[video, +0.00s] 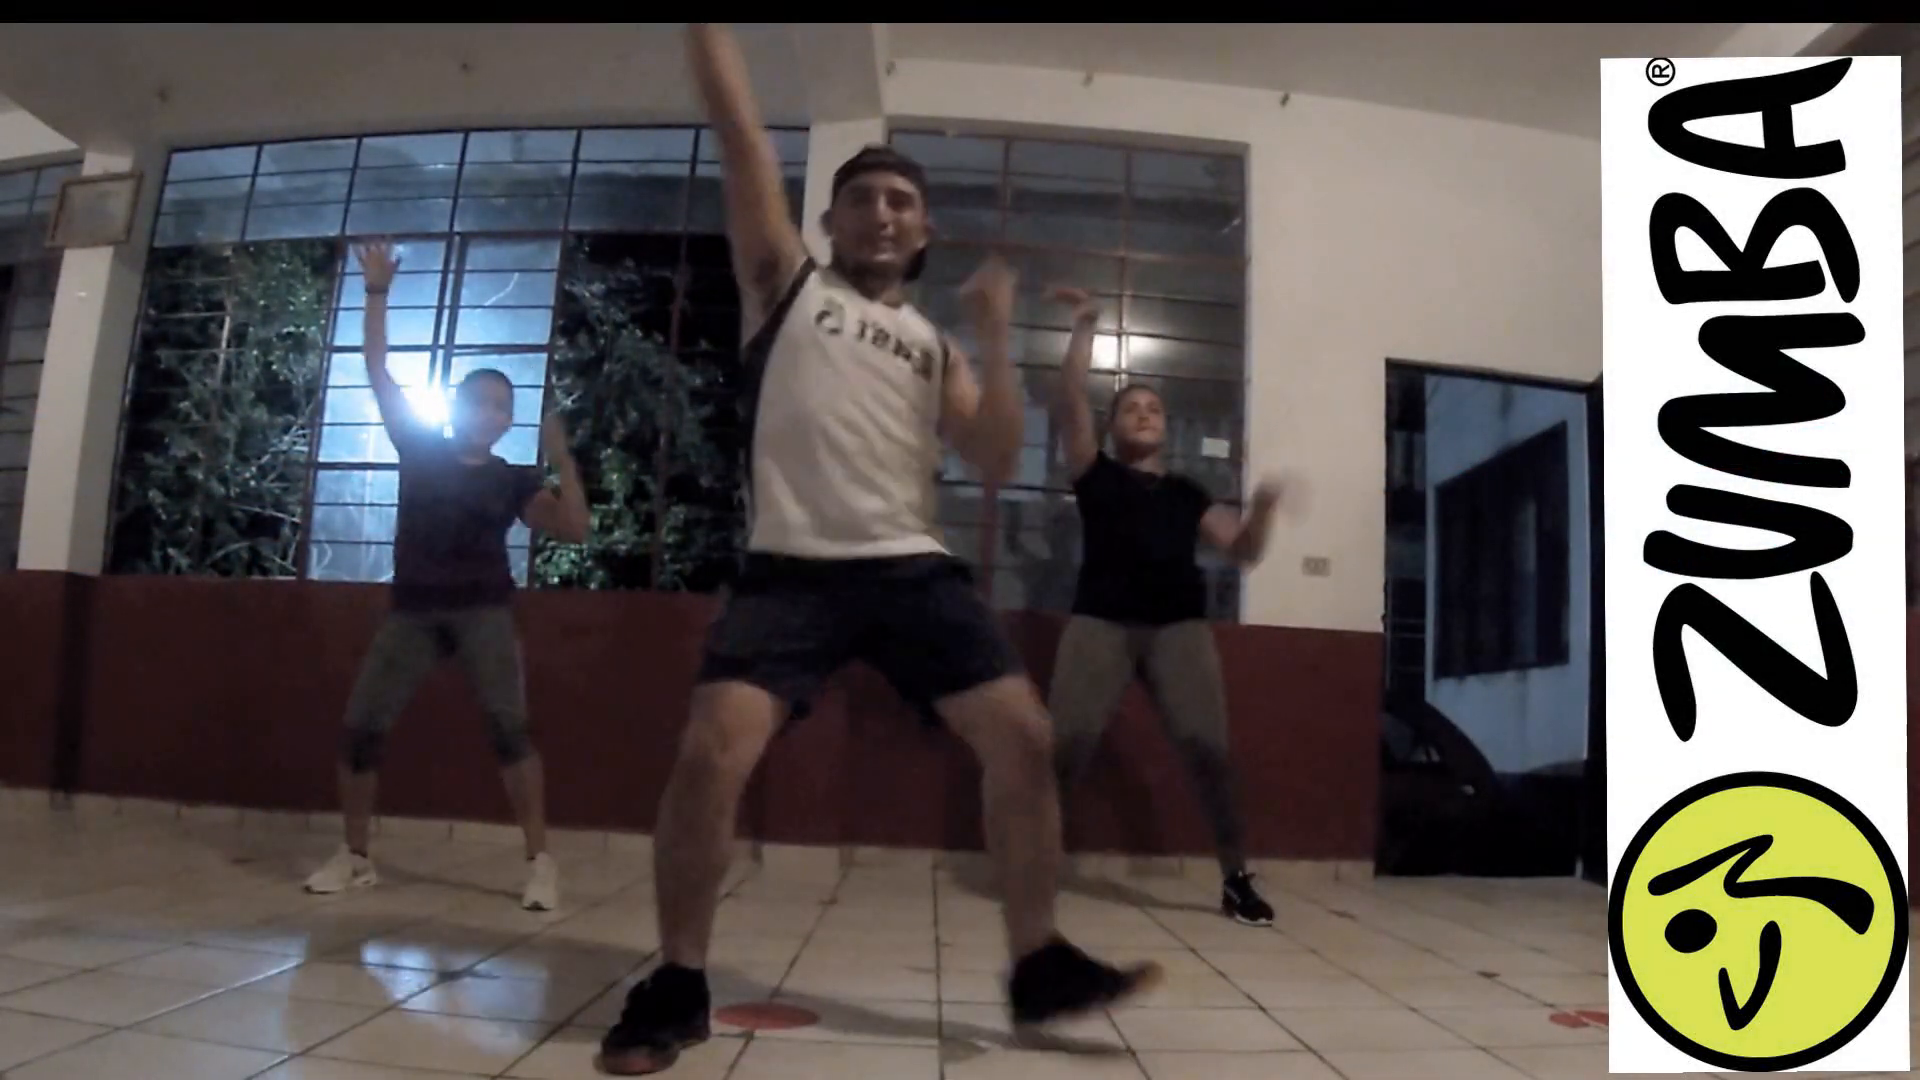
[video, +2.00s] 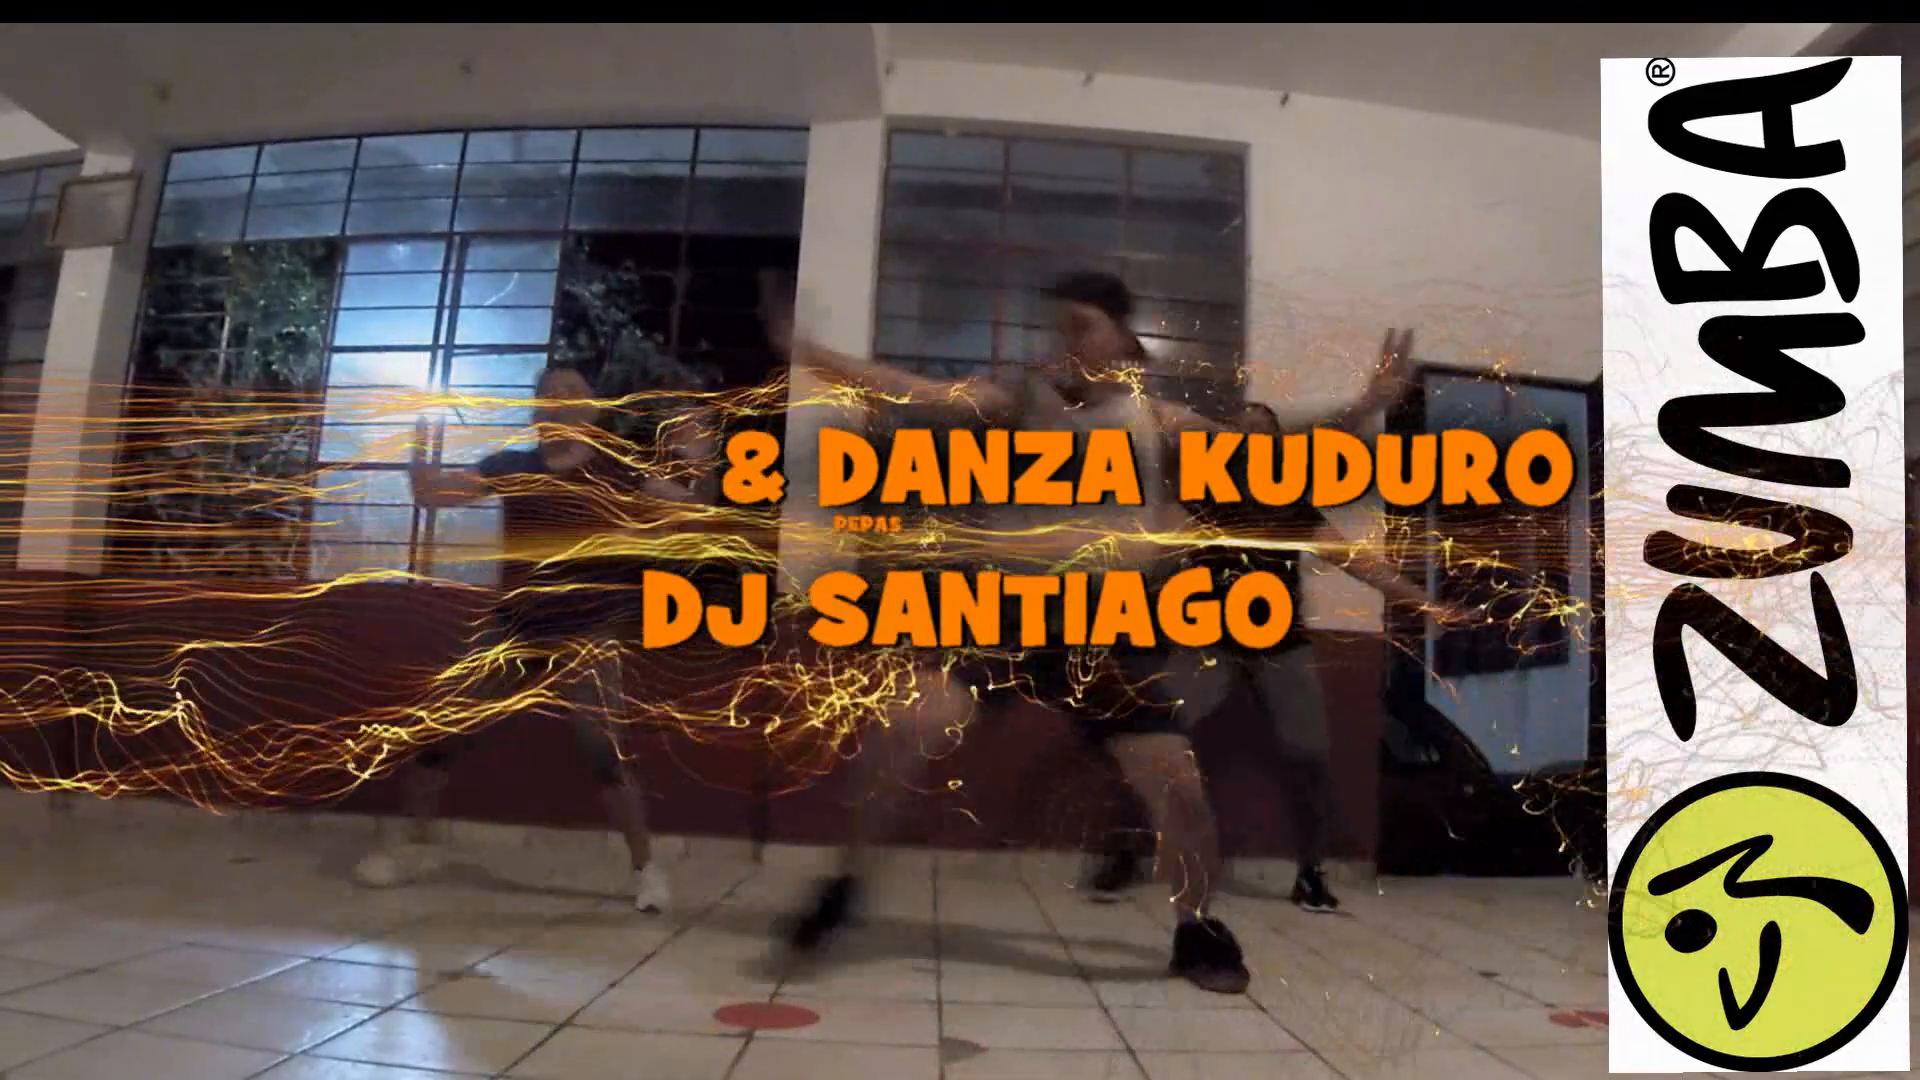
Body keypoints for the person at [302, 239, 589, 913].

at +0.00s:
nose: (487, 412)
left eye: (499, 406)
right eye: (479, 400)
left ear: (508, 419)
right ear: (457, 402)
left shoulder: (510, 479)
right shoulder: (420, 448)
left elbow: (574, 526)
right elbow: (378, 370)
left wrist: (557, 451)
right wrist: (378, 291)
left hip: (483, 612)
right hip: (415, 609)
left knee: (509, 731)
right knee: (361, 729)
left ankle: (538, 862)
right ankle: (355, 858)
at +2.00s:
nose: (559, 418)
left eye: (571, 407)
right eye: (550, 407)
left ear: (594, 414)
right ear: (538, 412)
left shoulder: (622, 473)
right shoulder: (516, 467)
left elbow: (688, 509)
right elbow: (435, 491)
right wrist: (423, 463)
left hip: (592, 630)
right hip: (517, 624)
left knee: (601, 745)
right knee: (442, 726)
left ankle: (646, 866)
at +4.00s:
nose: (534, 417)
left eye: (545, 408)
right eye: (525, 407)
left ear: (563, 422)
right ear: (510, 419)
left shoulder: (578, 479)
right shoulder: (486, 476)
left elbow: (643, 527)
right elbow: (423, 511)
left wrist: (692, 513)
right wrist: (378, 476)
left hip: (540, 622)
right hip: (478, 618)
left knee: (572, 734)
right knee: (436, 724)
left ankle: (629, 853)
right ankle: (437, 842)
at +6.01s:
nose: (524, 424)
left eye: (534, 415)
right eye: (513, 415)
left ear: (550, 424)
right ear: (497, 425)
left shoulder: (574, 477)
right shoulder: (480, 485)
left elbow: (635, 536)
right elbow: (409, 516)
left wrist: (602, 603)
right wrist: (400, 474)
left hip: (553, 634)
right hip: (487, 630)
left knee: (556, 749)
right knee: (427, 730)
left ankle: (572, 848)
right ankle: (382, 848)